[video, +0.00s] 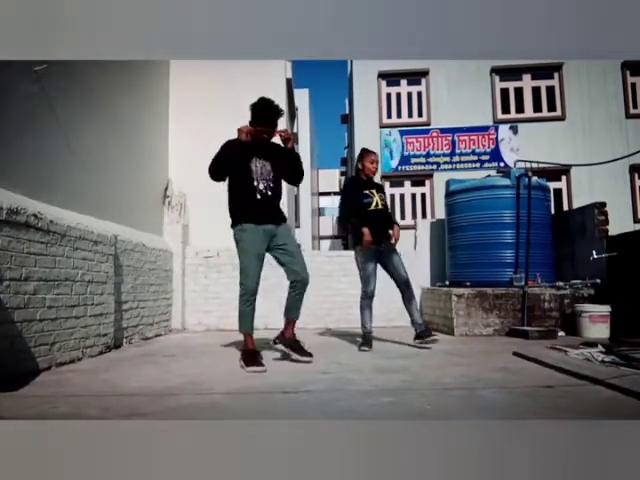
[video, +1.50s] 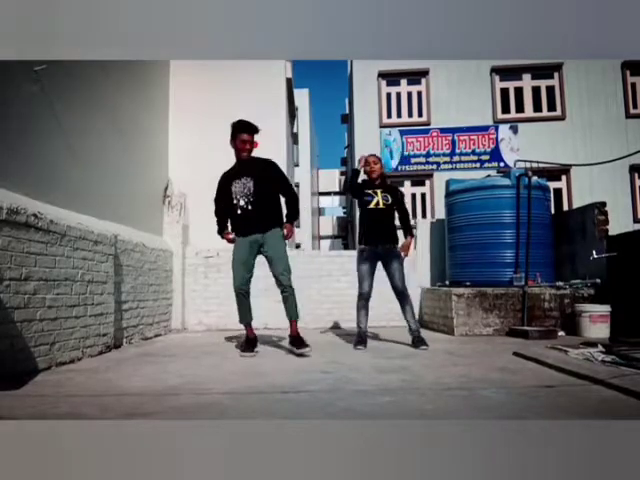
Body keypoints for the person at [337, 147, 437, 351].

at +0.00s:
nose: (374, 166)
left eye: (376, 163)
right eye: (371, 162)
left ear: (377, 165)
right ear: (360, 164)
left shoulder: (378, 187)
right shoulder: (351, 185)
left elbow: (384, 212)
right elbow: (346, 215)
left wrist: (395, 225)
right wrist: (363, 229)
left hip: (384, 241)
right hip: (365, 243)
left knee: (404, 283)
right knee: (368, 291)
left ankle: (420, 328)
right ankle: (367, 335)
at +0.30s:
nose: (384, 167)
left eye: (385, 164)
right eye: (380, 163)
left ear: (386, 165)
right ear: (369, 165)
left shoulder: (391, 188)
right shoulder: (359, 186)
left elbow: (399, 214)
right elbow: (351, 215)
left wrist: (408, 229)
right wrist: (365, 228)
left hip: (395, 243)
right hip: (373, 245)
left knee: (406, 289)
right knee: (370, 291)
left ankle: (416, 334)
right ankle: (367, 335)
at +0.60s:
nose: (398, 166)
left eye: (401, 162)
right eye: (394, 162)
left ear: (404, 165)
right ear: (387, 166)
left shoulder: (412, 189)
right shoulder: (377, 190)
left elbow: (425, 213)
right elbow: (370, 215)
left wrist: (427, 236)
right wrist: (375, 229)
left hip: (411, 244)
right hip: (388, 245)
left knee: (414, 290)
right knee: (381, 291)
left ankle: (417, 335)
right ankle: (368, 335)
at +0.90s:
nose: (402, 163)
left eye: (405, 160)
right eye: (399, 160)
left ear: (413, 162)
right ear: (395, 164)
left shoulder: (420, 182)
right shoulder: (388, 184)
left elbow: (433, 212)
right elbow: (373, 211)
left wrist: (425, 235)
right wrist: (370, 193)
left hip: (411, 242)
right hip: (388, 242)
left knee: (411, 288)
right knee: (379, 287)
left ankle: (417, 334)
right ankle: (376, 333)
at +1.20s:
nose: (391, 164)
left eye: (395, 160)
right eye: (388, 161)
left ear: (402, 163)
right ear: (385, 165)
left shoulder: (412, 184)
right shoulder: (381, 185)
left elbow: (426, 211)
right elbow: (361, 190)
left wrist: (421, 235)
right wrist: (371, 168)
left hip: (406, 244)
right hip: (383, 243)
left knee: (410, 287)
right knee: (370, 287)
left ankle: (417, 334)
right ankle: (363, 332)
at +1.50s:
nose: (371, 167)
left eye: (374, 164)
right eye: (368, 165)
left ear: (382, 166)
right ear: (365, 169)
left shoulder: (393, 191)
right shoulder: (361, 189)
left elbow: (403, 215)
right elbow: (350, 188)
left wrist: (409, 237)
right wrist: (357, 168)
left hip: (389, 246)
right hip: (367, 247)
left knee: (400, 290)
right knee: (364, 292)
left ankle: (416, 334)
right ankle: (361, 336)